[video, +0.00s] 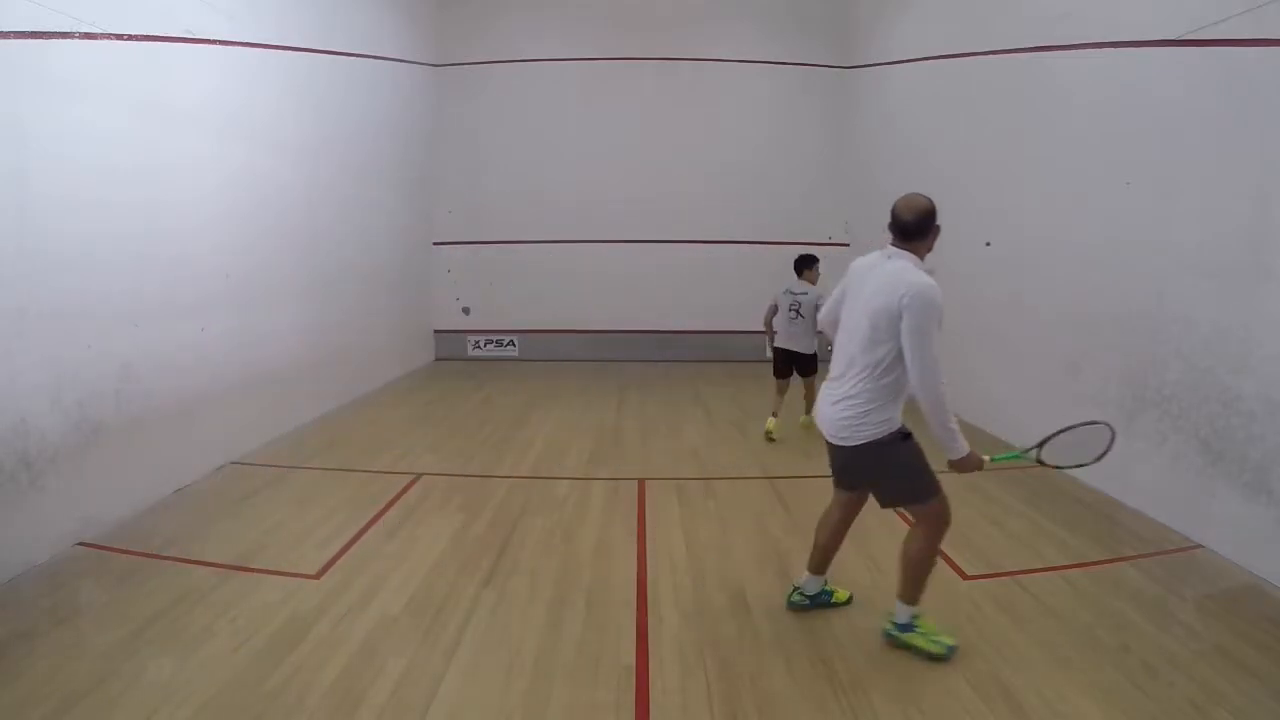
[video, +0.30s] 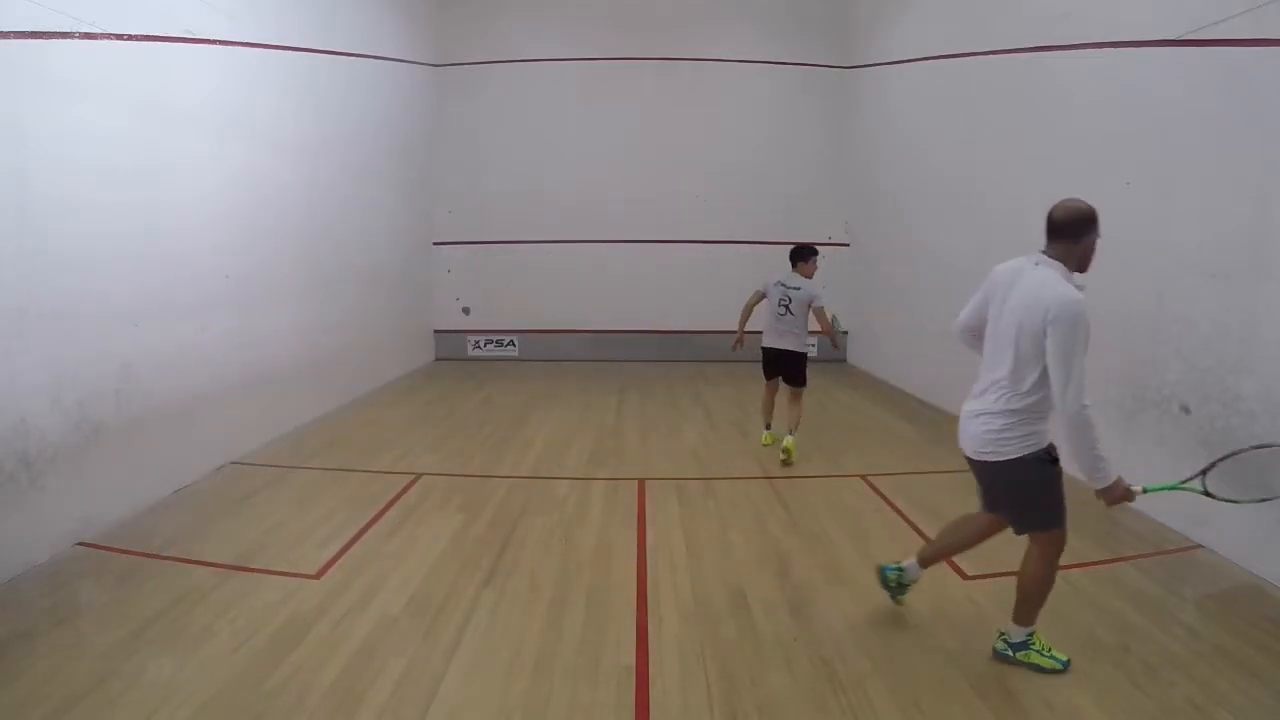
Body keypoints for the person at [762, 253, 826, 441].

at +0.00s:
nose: (818, 274)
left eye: (818, 270)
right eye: (816, 270)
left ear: (799, 272)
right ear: (807, 271)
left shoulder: (783, 292)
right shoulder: (816, 295)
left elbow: (767, 319)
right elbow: (823, 323)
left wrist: (771, 337)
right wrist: (831, 340)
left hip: (782, 347)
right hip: (805, 349)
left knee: (780, 388)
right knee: (809, 385)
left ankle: (773, 418)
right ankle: (807, 416)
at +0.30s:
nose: (816, 268)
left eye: (816, 263)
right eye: (813, 263)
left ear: (794, 264)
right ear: (802, 264)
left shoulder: (774, 284)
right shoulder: (811, 290)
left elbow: (750, 304)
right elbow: (824, 324)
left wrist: (740, 331)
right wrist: (833, 339)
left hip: (770, 348)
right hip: (795, 352)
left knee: (770, 388)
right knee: (795, 396)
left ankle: (767, 431)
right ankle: (790, 437)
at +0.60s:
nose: (815, 265)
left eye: (815, 260)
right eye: (812, 260)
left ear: (791, 260)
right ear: (798, 260)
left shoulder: (768, 282)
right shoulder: (804, 288)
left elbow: (745, 312)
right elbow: (805, 326)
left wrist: (756, 333)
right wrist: (812, 361)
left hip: (761, 356)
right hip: (789, 359)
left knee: (760, 410)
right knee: (789, 410)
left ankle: (750, 454)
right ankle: (785, 458)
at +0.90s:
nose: (809, 256)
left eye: (809, 250)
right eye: (805, 250)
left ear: (784, 252)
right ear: (789, 250)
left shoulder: (760, 278)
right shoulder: (796, 281)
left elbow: (735, 315)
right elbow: (798, 322)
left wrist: (736, 350)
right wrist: (808, 362)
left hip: (756, 363)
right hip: (787, 365)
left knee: (755, 425)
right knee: (800, 421)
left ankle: (750, 485)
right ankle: (793, 481)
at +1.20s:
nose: (827, 265)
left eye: (827, 259)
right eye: (823, 259)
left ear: (798, 260)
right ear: (808, 259)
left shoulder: (770, 287)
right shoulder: (819, 294)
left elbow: (739, 321)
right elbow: (832, 341)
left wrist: (727, 362)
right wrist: (841, 370)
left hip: (765, 380)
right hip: (799, 387)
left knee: (759, 432)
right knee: (805, 456)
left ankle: (749, 488)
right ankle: (785, 525)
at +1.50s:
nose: (841, 241)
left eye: (837, 235)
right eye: (841, 236)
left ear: (808, 236)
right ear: (837, 238)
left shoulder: (787, 268)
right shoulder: (844, 272)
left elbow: (760, 312)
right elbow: (857, 328)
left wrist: (767, 354)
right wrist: (858, 368)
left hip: (783, 374)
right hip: (821, 380)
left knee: (771, 442)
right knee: (829, 458)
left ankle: (745, 514)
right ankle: (818, 535)